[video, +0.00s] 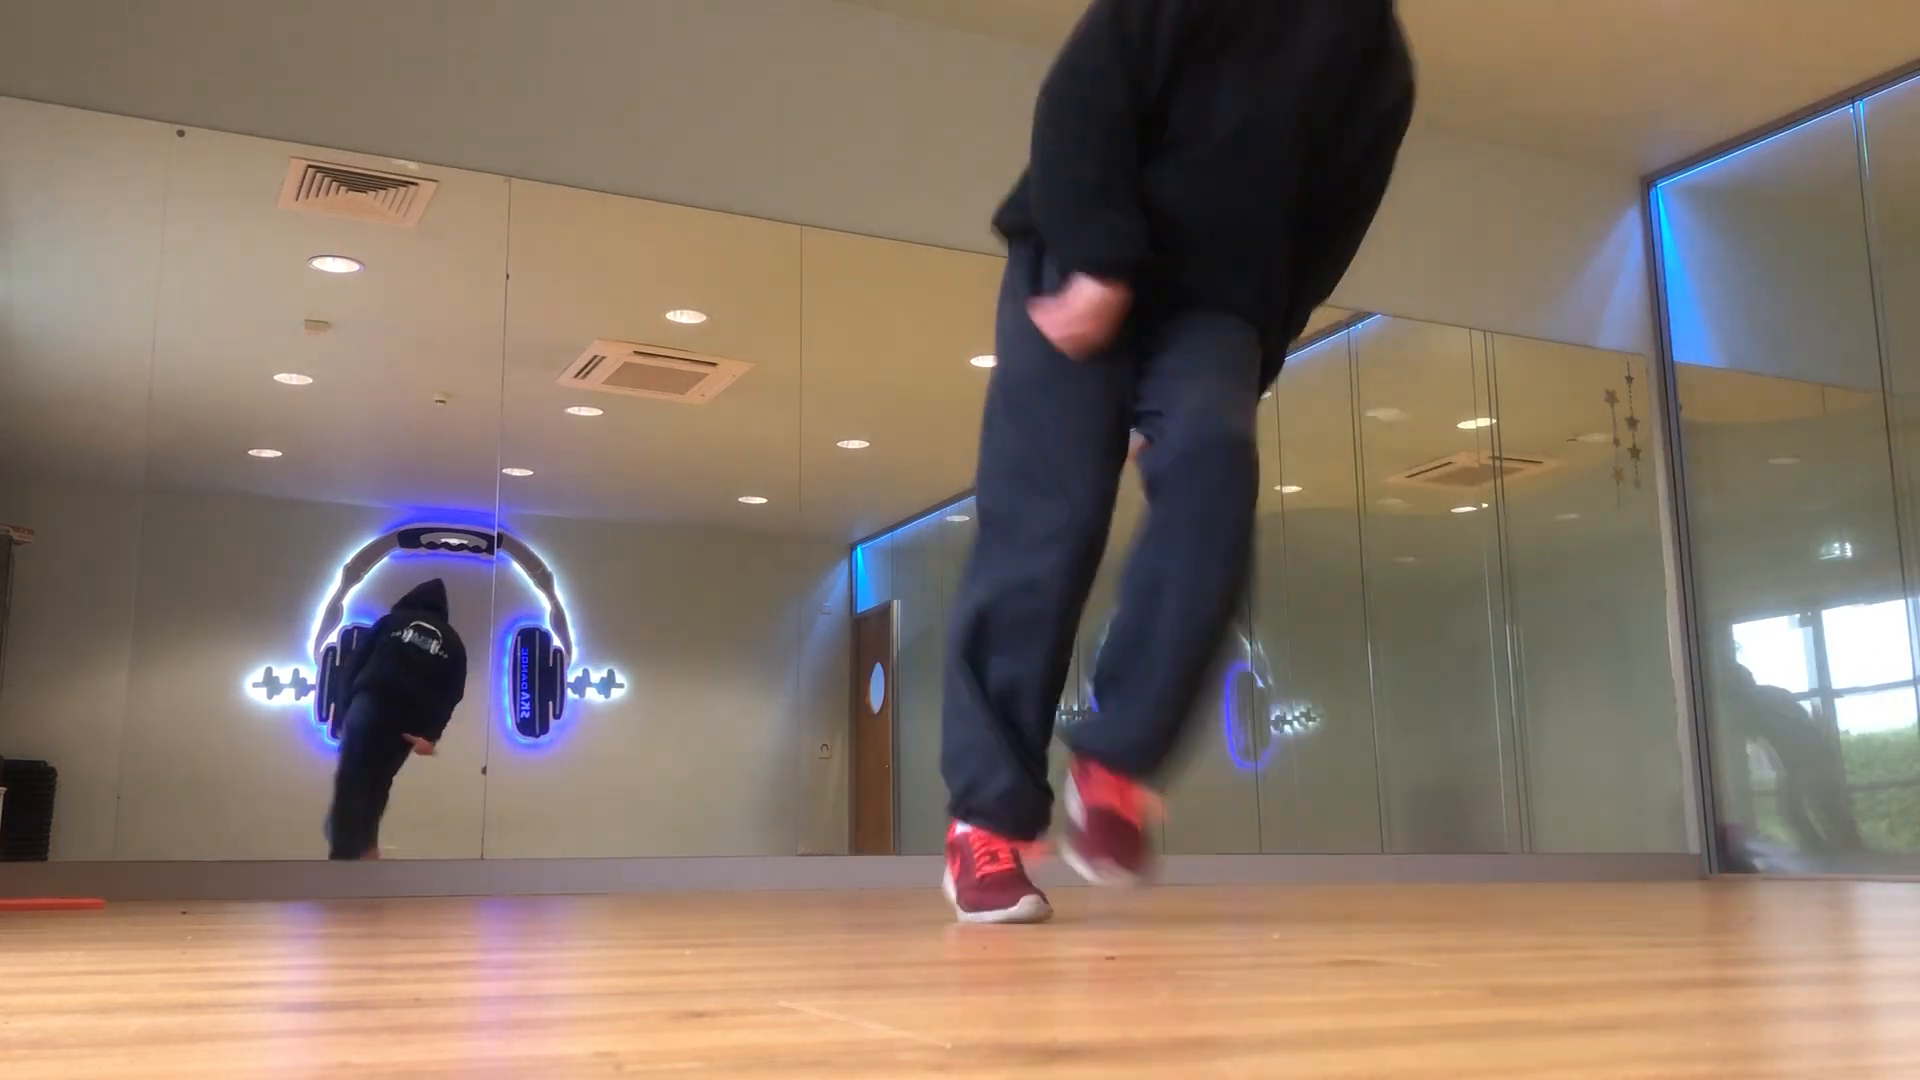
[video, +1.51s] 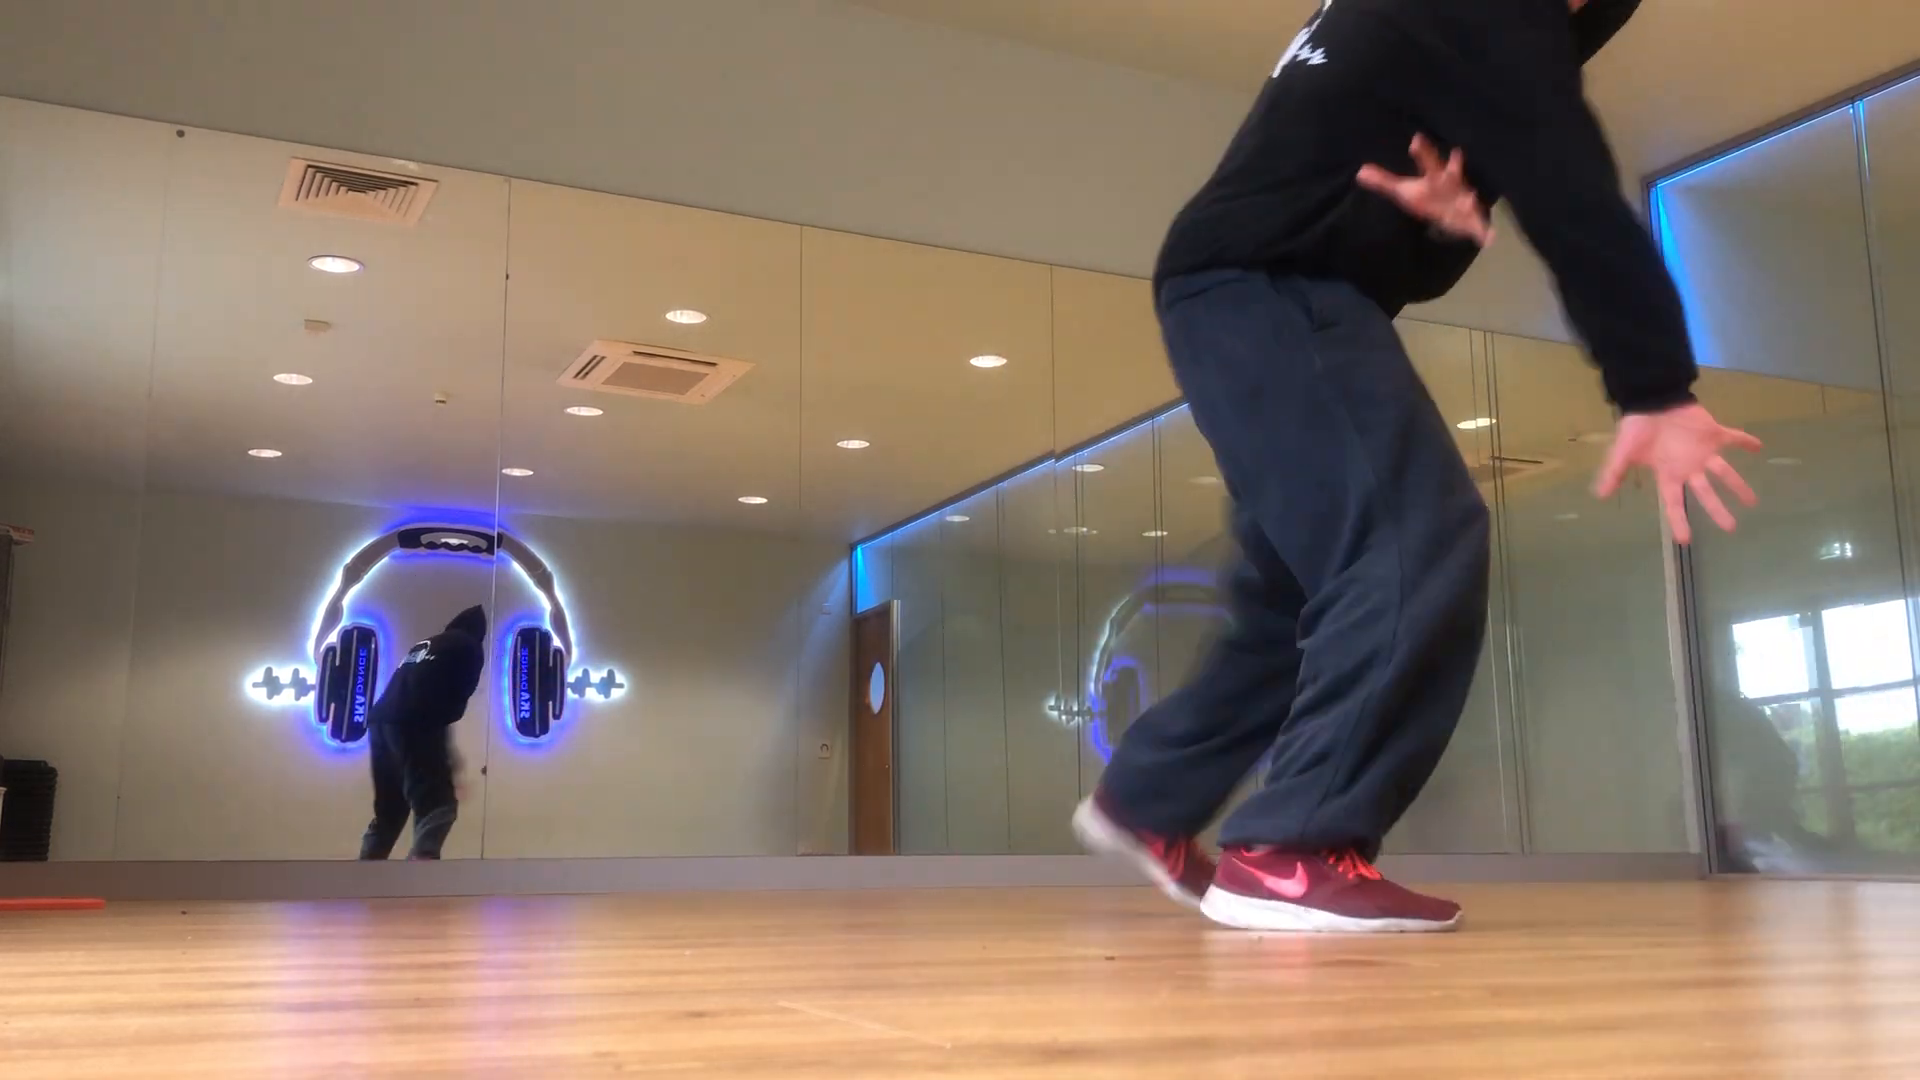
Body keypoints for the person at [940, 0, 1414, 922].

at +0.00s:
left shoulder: (1376, 62)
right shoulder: (1169, 9)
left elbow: (1329, 230)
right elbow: (1086, 91)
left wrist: (1253, 356)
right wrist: (1094, 257)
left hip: (1219, 293)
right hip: (1079, 250)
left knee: (1214, 483)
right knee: (1045, 532)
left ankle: (1115, 760)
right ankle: (989, 821)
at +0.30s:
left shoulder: (1401, 11)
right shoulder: (1190, 22)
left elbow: (1429, 116)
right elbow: (1186, 201)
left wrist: (1406, 180)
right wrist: (1351, 256)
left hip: (1315, 319)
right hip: (1180, 307)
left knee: (1348, 556)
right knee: (1123, 535)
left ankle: (1343, 768)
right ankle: (1042, 803)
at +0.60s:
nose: (1491, 15)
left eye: (1505, 4)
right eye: (1472, 5)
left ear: (1522, 8)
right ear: (1427, 5)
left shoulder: (1543, 66)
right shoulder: (1361, 104)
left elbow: (1631, 204)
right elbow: (1333, 309)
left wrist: (1591, 129)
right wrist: (1401, 396)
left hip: (1502, 371)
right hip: (1385, 372)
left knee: (1523, 576)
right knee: (1500, 535)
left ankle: (1407, 815)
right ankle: (1494, 795)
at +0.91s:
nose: (1596, 9)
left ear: (1621, 7)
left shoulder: (1599, 94)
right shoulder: (1441, 102)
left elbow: (1652, 216)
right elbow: (1395, 288)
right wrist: (1421, 462)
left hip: (1584, 417)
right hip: (1500, 420)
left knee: (1611, 645)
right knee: (1721, 588)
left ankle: (1423, 804)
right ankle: (1849, 832)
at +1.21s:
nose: (1629, 24)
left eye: (1635, 17)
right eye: (1634, 14)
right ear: (1611, 2)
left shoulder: (1463, 21)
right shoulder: (1539, 33)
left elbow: (1426, 183)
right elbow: (1629, 216)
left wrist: (1510, 299)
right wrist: (1599, 298)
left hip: (1313, 303)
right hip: (1354, 301)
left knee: (1410, 585)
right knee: (1518, 480)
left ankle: (1364, 845)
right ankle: (1230, 578)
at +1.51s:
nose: (1599, 16)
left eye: (1597, 15)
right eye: (1601, 10)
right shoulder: (1499, 17)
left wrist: (1452, 216)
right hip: (1274, 284)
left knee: (1310, 579)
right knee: (1418, 535)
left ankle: (1147, 797)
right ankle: (1292, 843)